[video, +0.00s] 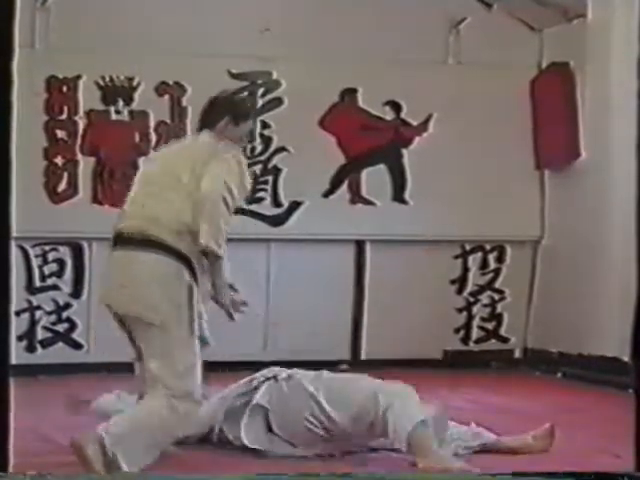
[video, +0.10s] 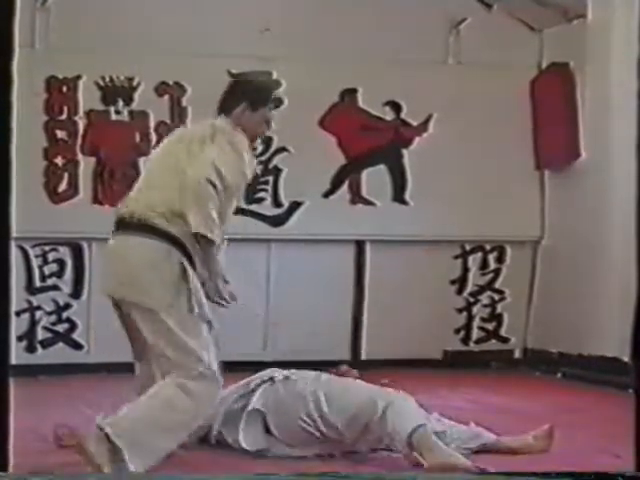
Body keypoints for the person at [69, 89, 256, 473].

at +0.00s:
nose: (248, 141)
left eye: (251, 133)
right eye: (247, 131)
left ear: (209, 122)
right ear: (229, 124)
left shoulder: (169, 153)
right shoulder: (226, 156)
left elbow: (170, 223)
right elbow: (213, 199)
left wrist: (215, 286)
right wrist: (219, 281)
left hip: (119, 270)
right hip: (160, 274)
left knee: (157, 380)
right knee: (182, 399)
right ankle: (108, 444)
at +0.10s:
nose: (268, 128)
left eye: (271, 119)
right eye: (266, 117)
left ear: (232, 109)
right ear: (244, 109)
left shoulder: (187, 136)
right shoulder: (230, 147)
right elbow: (202, 192)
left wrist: (203, 274)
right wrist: (215, 272)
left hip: (122, 248)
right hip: (156, 255)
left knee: (156, 366)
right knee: (201, 382)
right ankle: (112, 441)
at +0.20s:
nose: (288, 117)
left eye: (293, 109)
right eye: (289, 106)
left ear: (261, 92)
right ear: (265, 92)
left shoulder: (218, 116)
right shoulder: (237, 123)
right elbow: (194, 181)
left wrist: (206, 245)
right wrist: (217, 251)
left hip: (138, 238)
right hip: (160, 244)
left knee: (155, 362)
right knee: (197, 368)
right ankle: (103, 454)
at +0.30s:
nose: (301, 112)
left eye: (306, 104)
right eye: (302, 100)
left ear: (275, 87)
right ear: (279, 86)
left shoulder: (238, 117)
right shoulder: (240, 119)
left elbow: (204, 191)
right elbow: (202, 189)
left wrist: (234, 249)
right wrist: (236, 250)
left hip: (161, 244)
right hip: (167, 248)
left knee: (178, 368)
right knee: (182, 371)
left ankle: (134, 446)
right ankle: (102, 456)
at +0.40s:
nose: (321, 108)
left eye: (327, 100)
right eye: (323, 96)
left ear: (295, 79)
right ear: (302, 79)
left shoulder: (258, 112)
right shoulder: (256, 114)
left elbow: (239, 199)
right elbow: (236, 199)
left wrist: (282, 234)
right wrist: (287, 236)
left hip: (201, 250)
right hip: (185, 248)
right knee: (182, 380)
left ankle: (188, 436)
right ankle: (95, 457)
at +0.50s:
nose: (345, 103)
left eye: (350, 94)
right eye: (346, 90)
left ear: (318, 75)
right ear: (323, 74)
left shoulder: (276, 103)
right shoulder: (283, 108)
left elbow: (261, 198)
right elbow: (269, 195)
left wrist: (316, 220)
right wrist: (320, 216)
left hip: (229, 248)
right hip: (207, 244)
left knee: (273, 332)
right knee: (188, 369)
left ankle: (241, 436)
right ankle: (101, 453)